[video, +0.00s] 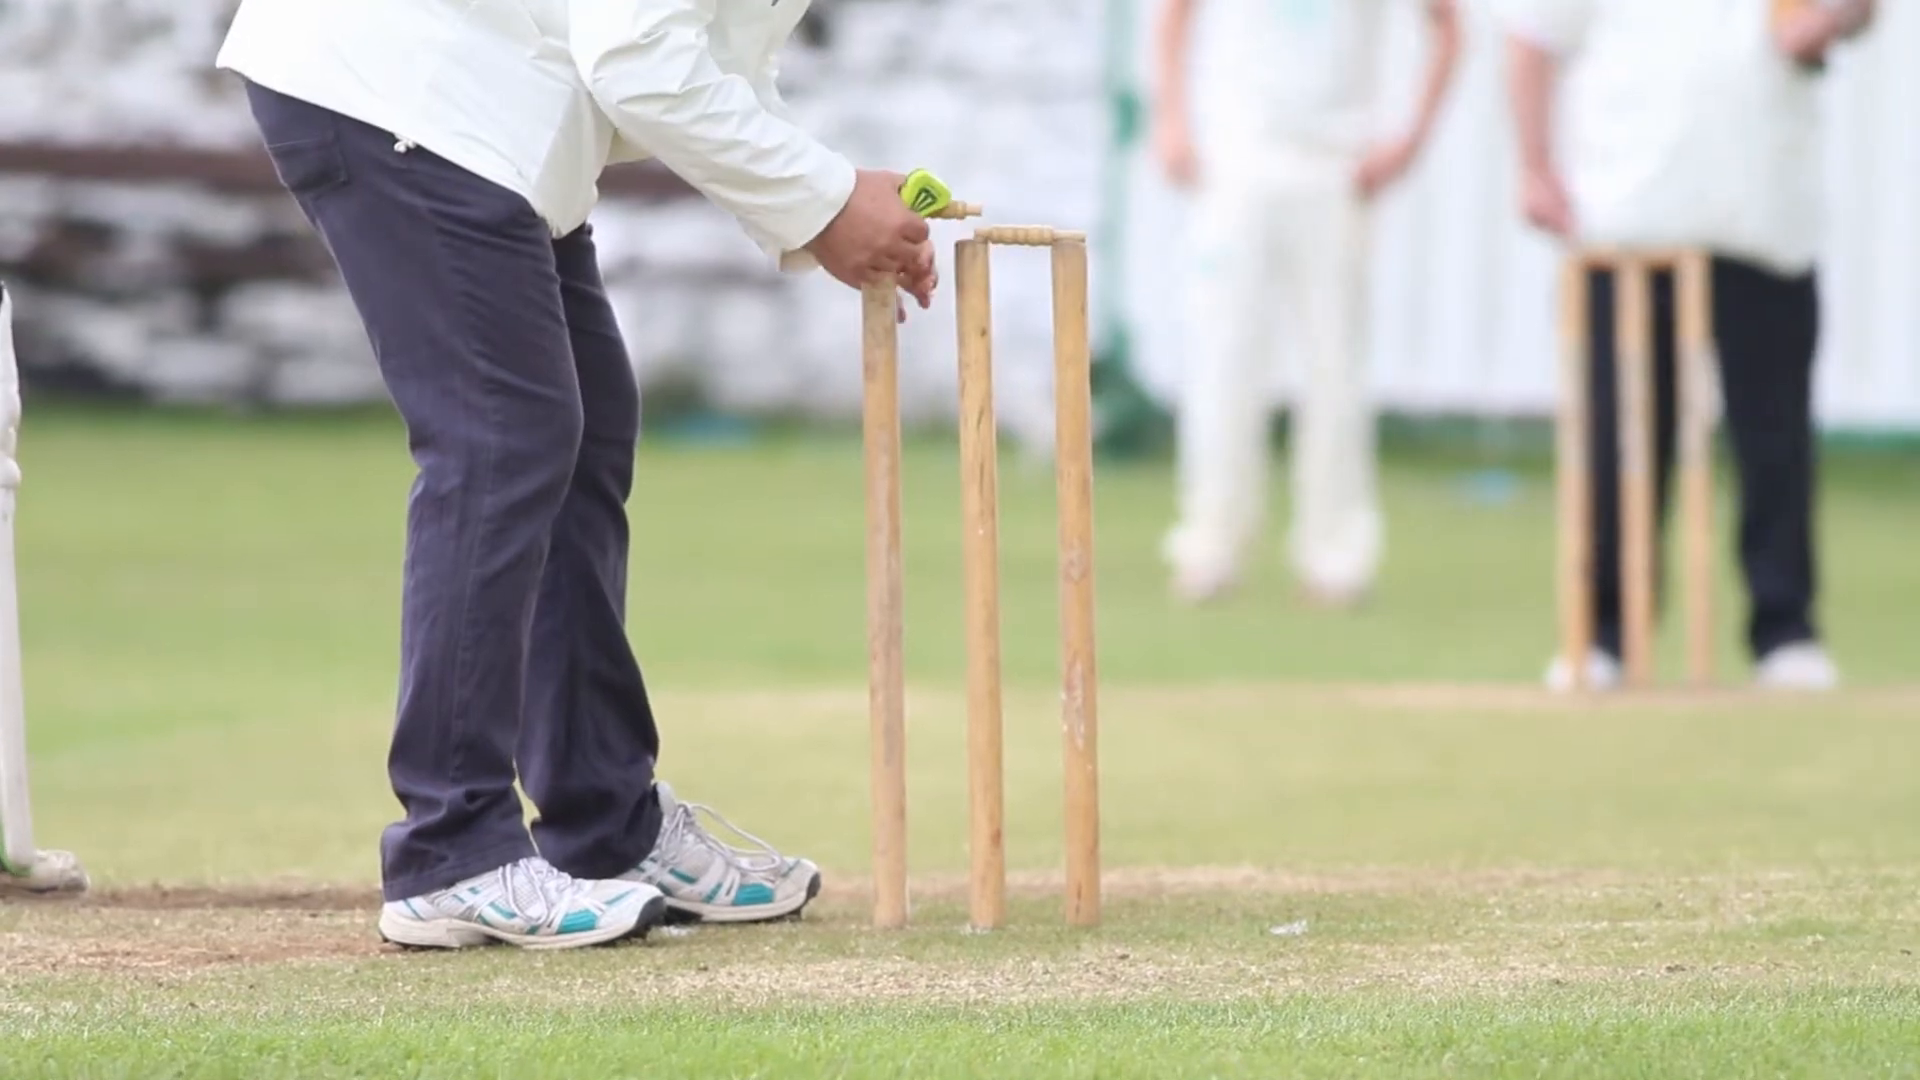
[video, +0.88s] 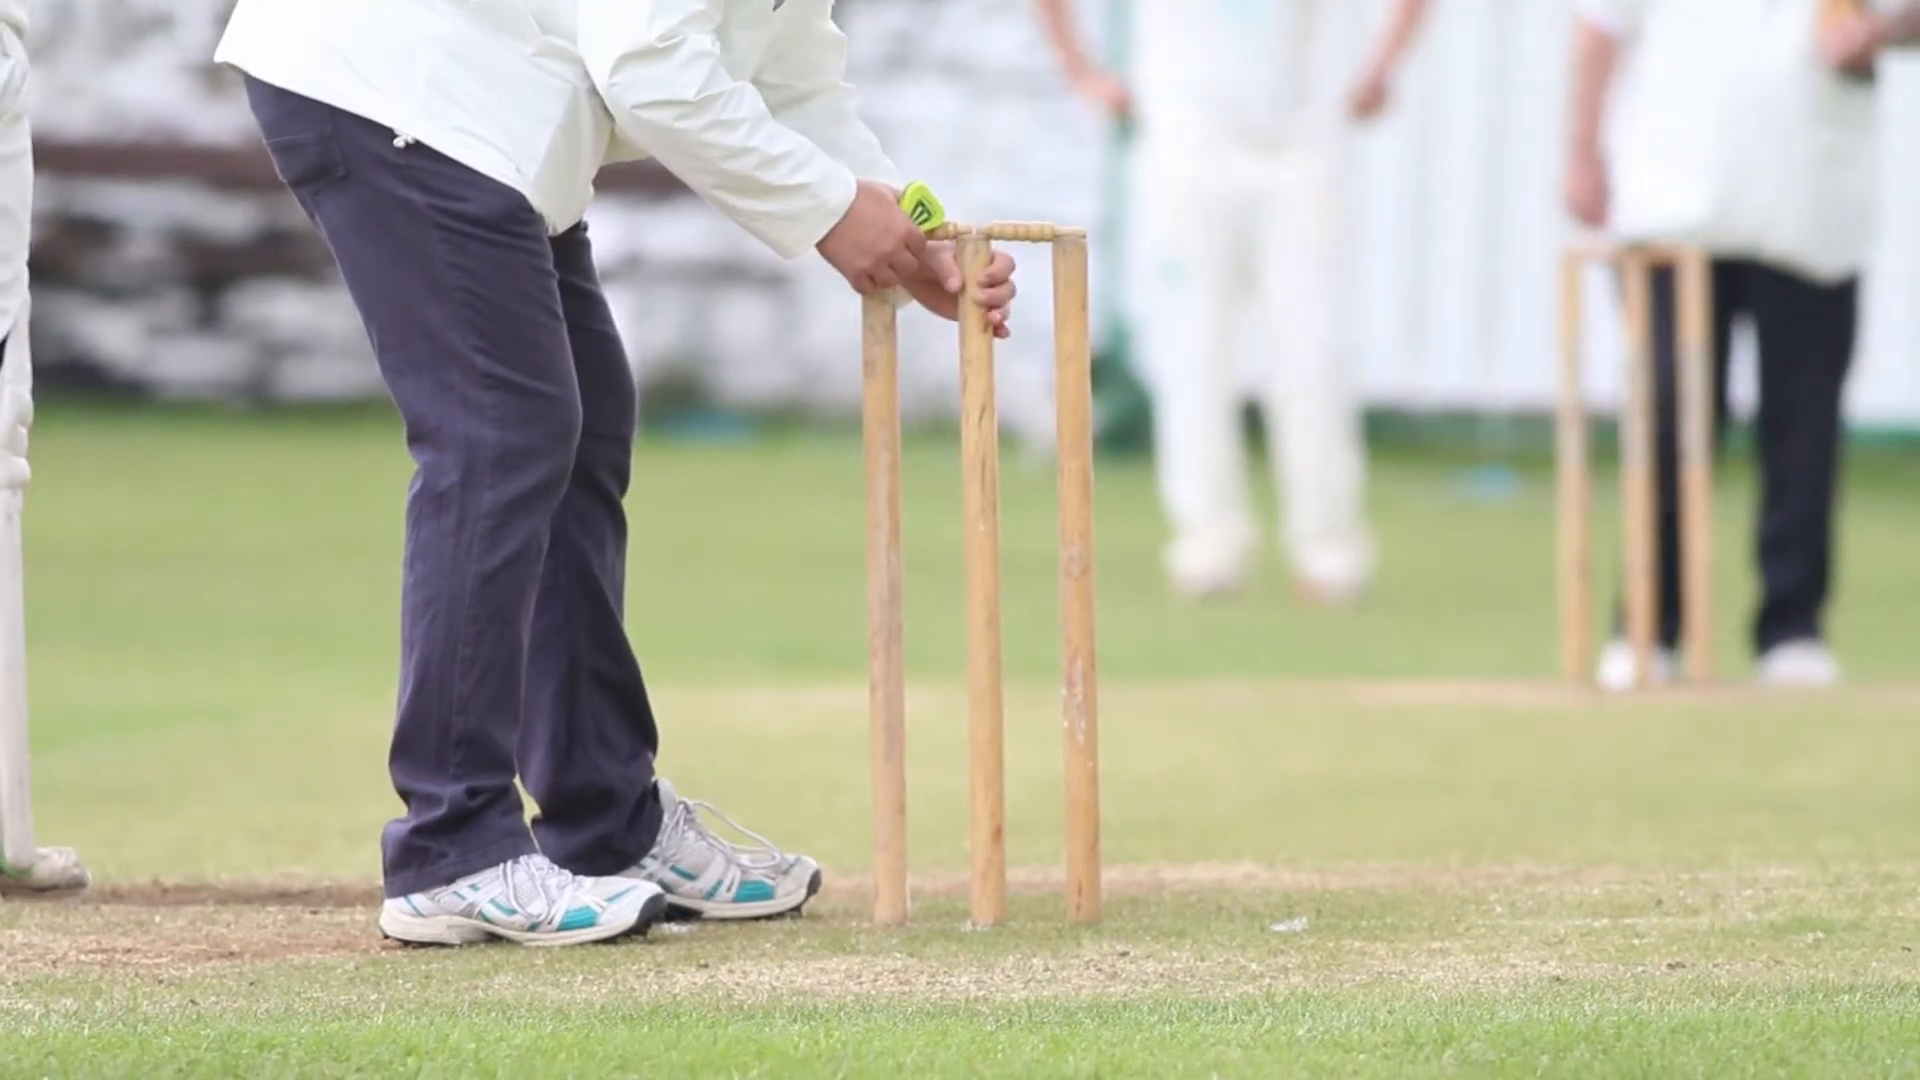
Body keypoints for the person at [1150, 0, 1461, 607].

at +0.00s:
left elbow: (1448, 28)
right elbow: (1173, 13)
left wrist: (1403, 146)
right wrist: (1174, 123)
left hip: (1336, 158)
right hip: (1234, 156)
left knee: (1334, 365)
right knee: (1220, 359)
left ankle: (1334, 549)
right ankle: (1209, 543)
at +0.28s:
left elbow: (1366, 33)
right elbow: (1137, 11)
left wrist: (1342, 184)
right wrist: (1159, 106)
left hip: (1309, 157)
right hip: (1196, 156)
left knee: (1313, 361)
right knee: (1198, 360)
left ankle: (1329, 550)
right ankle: (1211, 543)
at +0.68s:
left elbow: (1392, 24)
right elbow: (1079, 17)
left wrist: (1357, 141)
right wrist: (1119, 116)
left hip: (1303, 164)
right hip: (1182, 163)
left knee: (1312, 362)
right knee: (1190, 364)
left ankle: (1329, 550)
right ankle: (1208, 546)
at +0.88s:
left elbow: (1417, 5)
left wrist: (1379, 66)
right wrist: (1080, 67)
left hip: (1304, 128)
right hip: (1182, 127)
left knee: (1313, 348)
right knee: (1187, 348)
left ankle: (1329, 547)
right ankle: (1209, 543)